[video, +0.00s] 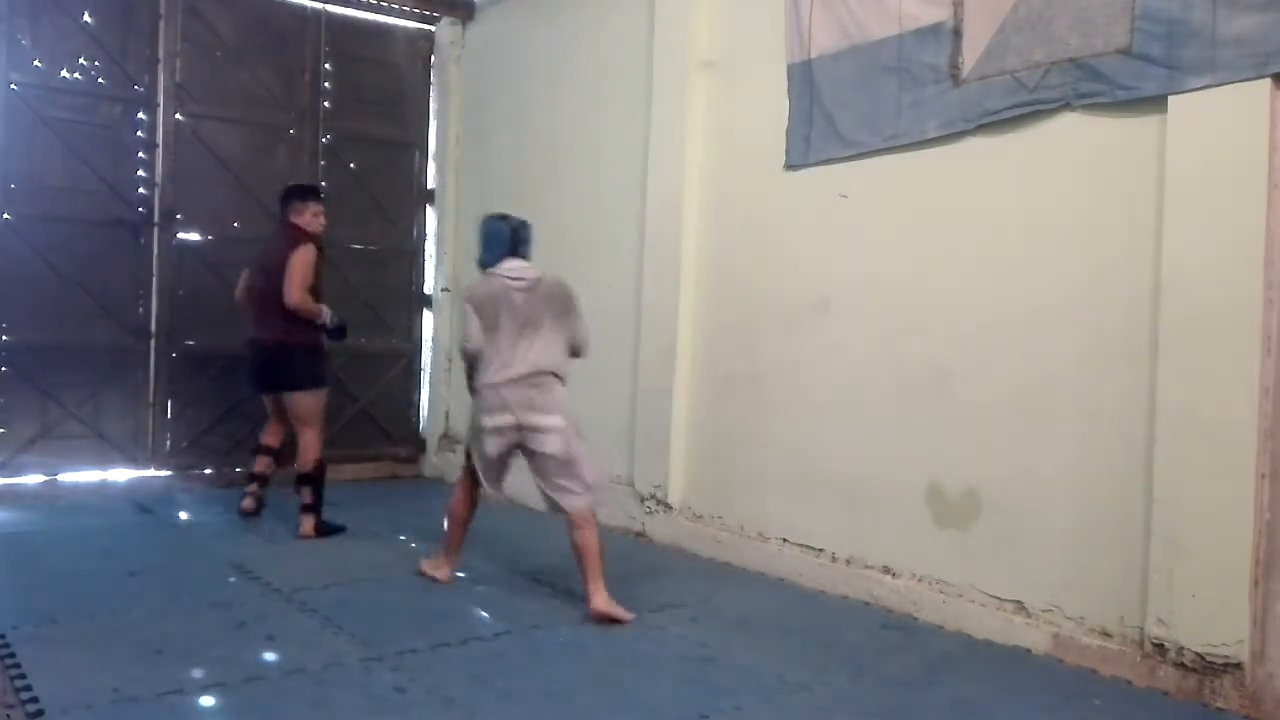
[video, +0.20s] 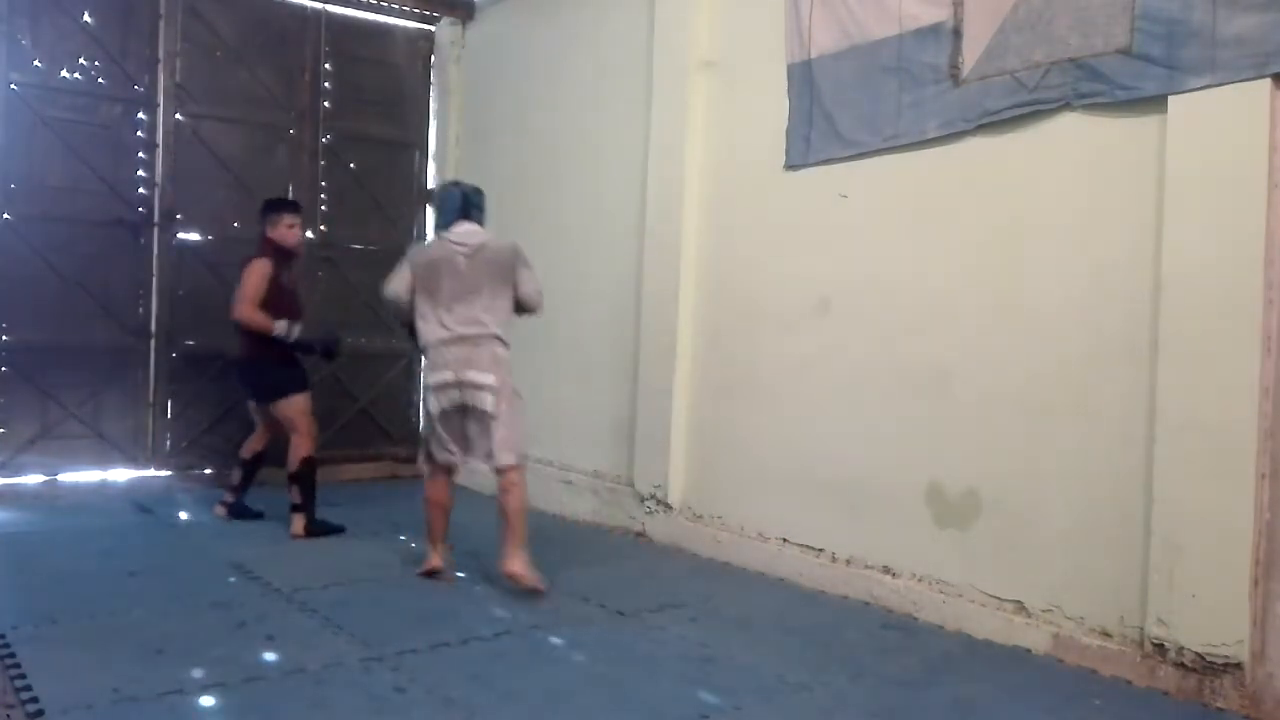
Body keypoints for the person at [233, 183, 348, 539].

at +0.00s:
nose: (323, 221)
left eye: (323, 214)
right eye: (318, 214)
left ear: (292, 215)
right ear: (298, 214)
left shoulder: (273, 244)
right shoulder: (304, 246)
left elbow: (243, 292)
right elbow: (295, 296)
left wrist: (275, 316)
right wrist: (326, 315)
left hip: (265, 350)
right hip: (299, 352)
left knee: (276, 420)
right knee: (309, 429)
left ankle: (252, 494)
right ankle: (310, 518)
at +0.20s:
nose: (298, 233)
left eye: (299, 226)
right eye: (290, 227)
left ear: (295, 229)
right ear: (270, 229)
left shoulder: (282, 267)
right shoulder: (262, 265)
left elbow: (280, 318)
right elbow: (243, 310)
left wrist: (312, 340)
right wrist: (289, 330)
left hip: (262, 361)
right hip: (273, 363)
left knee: (267, 430)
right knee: (302, 431)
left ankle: (232, 500)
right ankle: (303, 518)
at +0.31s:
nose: (284, 230)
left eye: (287, 223)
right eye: (277, 223)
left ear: (289, 226)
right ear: (258, 224)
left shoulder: (279, 260)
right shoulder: (241, 261)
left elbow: (286, 306)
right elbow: (216, 303)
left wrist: (312, 329)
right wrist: (252, 320)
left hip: (270, 349)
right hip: (251, 351)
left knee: (258, 428)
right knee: (282, 421)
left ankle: (233, 497)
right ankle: (289, 507)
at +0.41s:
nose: (269, 216)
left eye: (274, 210)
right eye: (262, 210)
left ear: (279, 213)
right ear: (245, 211)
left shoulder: (278, 245)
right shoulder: (228, 244)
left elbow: (283, 288)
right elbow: (194, 287)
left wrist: (299, 312)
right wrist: (226, 306)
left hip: (268, 332)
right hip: (239, 332)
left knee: (254, 414)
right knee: (267, 405)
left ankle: (235, 488)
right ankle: (246, 493)